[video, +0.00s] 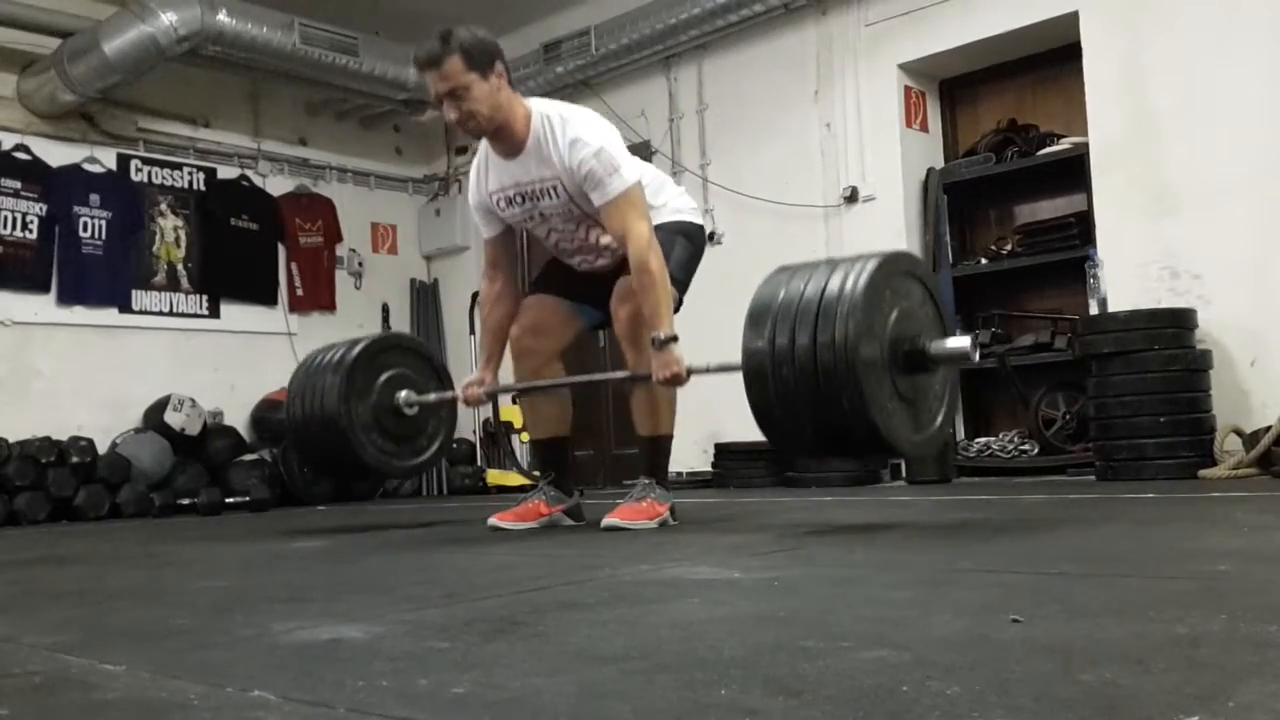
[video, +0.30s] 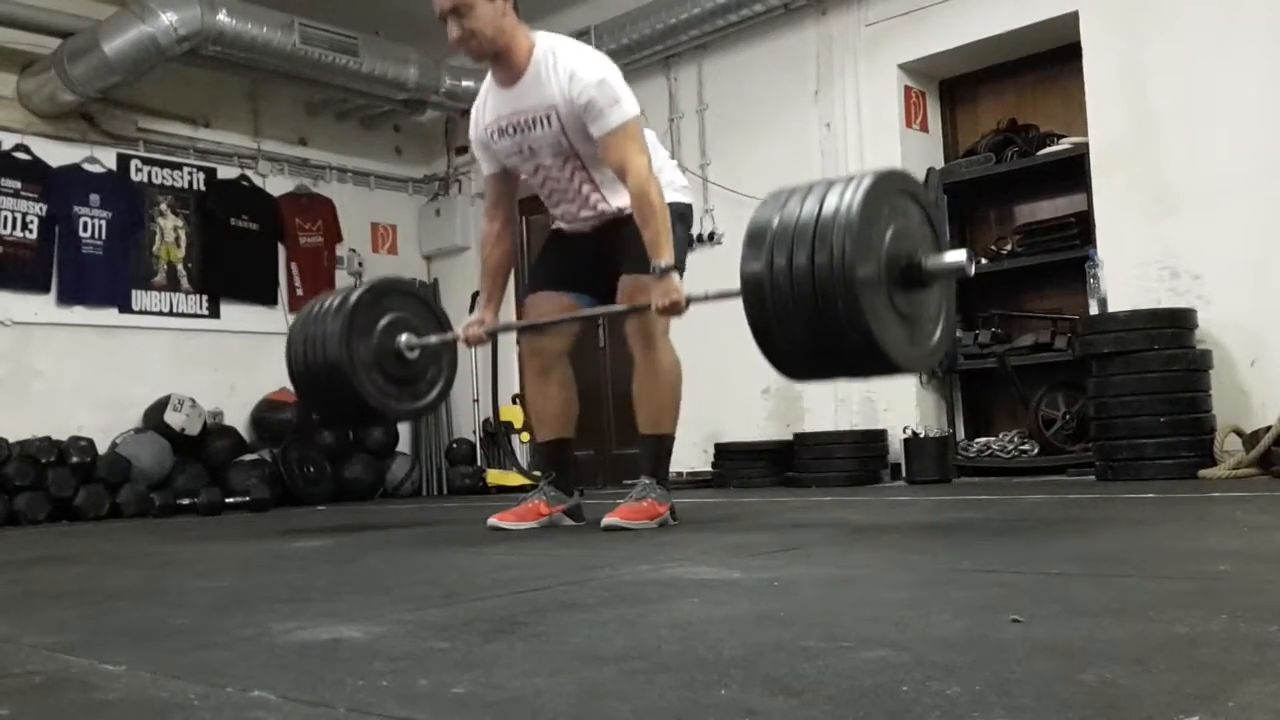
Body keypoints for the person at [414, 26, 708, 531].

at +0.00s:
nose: (451, 113)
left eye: (458, 94)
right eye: (441, 103)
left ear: (499, 77)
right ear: (437, 108)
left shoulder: (580, 137)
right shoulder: (483, 179)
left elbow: (639, 239)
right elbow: (499, 276)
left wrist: (664, 342)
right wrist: (486, 369)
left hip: (663, 226)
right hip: (589, 254)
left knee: (630, 312)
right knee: (530, 335)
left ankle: (653, 489)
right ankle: (557, 492)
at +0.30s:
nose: (454, 33)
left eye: (461, 12)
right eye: (444, 22)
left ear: (504, 6)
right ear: (444, 29)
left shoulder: (581, 71)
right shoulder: (485, 115)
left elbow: (638, 172)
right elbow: (499, 217)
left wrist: (664, 268)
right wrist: (487, 309)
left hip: (647, 206)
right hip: (577, 224)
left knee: (641, 317)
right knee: (539, 333)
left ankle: (654, 488)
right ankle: (557, 491)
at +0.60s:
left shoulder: (613, 15)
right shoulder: (518, 56)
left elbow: (647, 106)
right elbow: (515, 160)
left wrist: (663, 196)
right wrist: (489, 243)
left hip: (624, 201)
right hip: (553, 214)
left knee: (624, 316)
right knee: (529, 332)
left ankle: (653, 488)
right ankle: (558, 493)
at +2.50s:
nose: (465, 41)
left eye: (472, 20)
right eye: (456, 29)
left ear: (514, 9)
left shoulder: (593, 71)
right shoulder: (494, 114)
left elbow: (643, 178)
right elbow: (504, 221)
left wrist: (668, 276)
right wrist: (494, 311)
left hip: (658, 207)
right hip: (588, 226)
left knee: (651, 316)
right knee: (547, 333)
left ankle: (658, 489)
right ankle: (557, 491)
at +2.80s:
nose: (454, 126)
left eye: (461, 106)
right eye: (444, 115)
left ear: (500, 85)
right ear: (442, 115)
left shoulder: (584, 136)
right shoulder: (488, 179)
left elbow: (644, 245)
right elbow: (504, 283)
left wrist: (671, 351)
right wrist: (495, 372)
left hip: (669, 221)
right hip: (595, 250)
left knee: (640, 312)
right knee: (537, 335)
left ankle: (657, 491)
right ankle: (558, 494)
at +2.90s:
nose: (457, 157)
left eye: (462, 138)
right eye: (447, 146)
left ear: (498, 114)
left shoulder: (585, 162)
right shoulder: (489, 203)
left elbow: (645, 274)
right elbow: (503, 304)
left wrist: (674, 377)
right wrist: (495, 397)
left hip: (671, 227)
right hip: (595, 254)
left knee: (639, 315)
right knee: (536, 338)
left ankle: (657, 491)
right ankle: (557, 493)